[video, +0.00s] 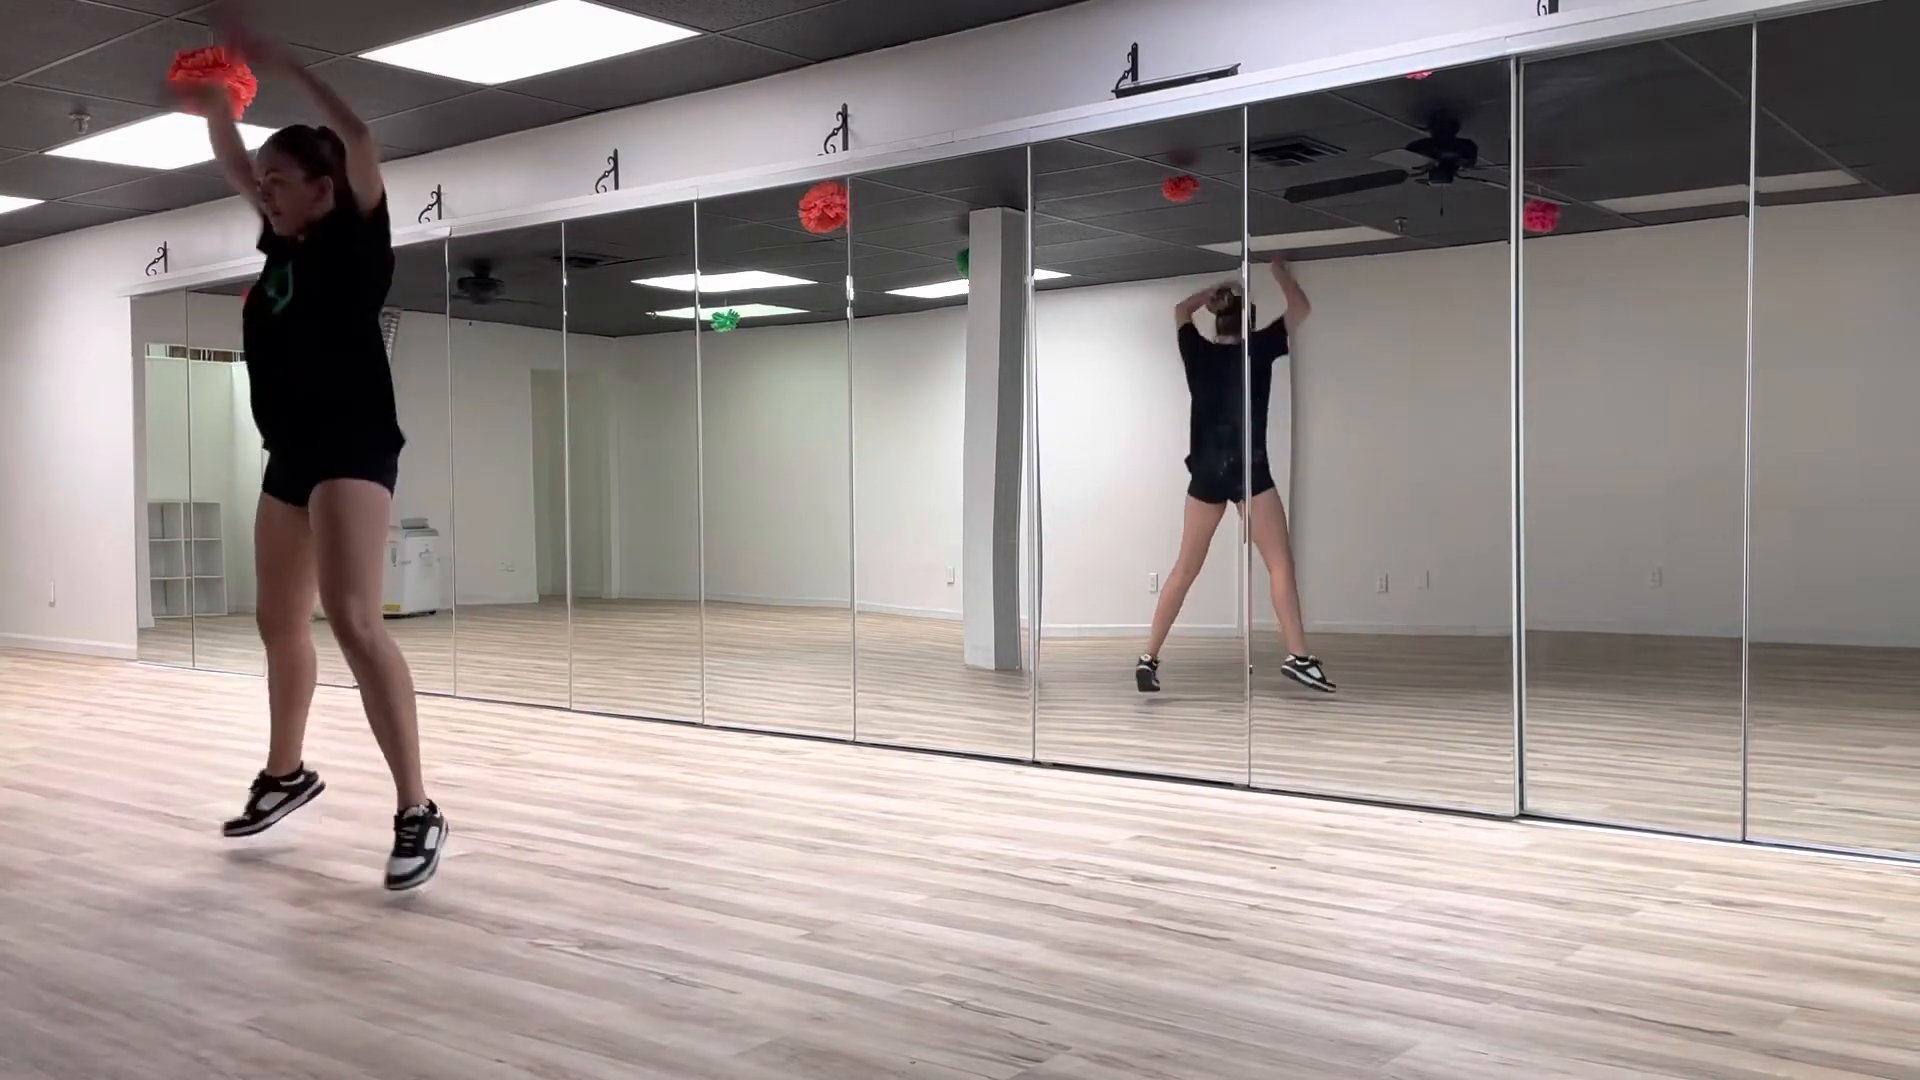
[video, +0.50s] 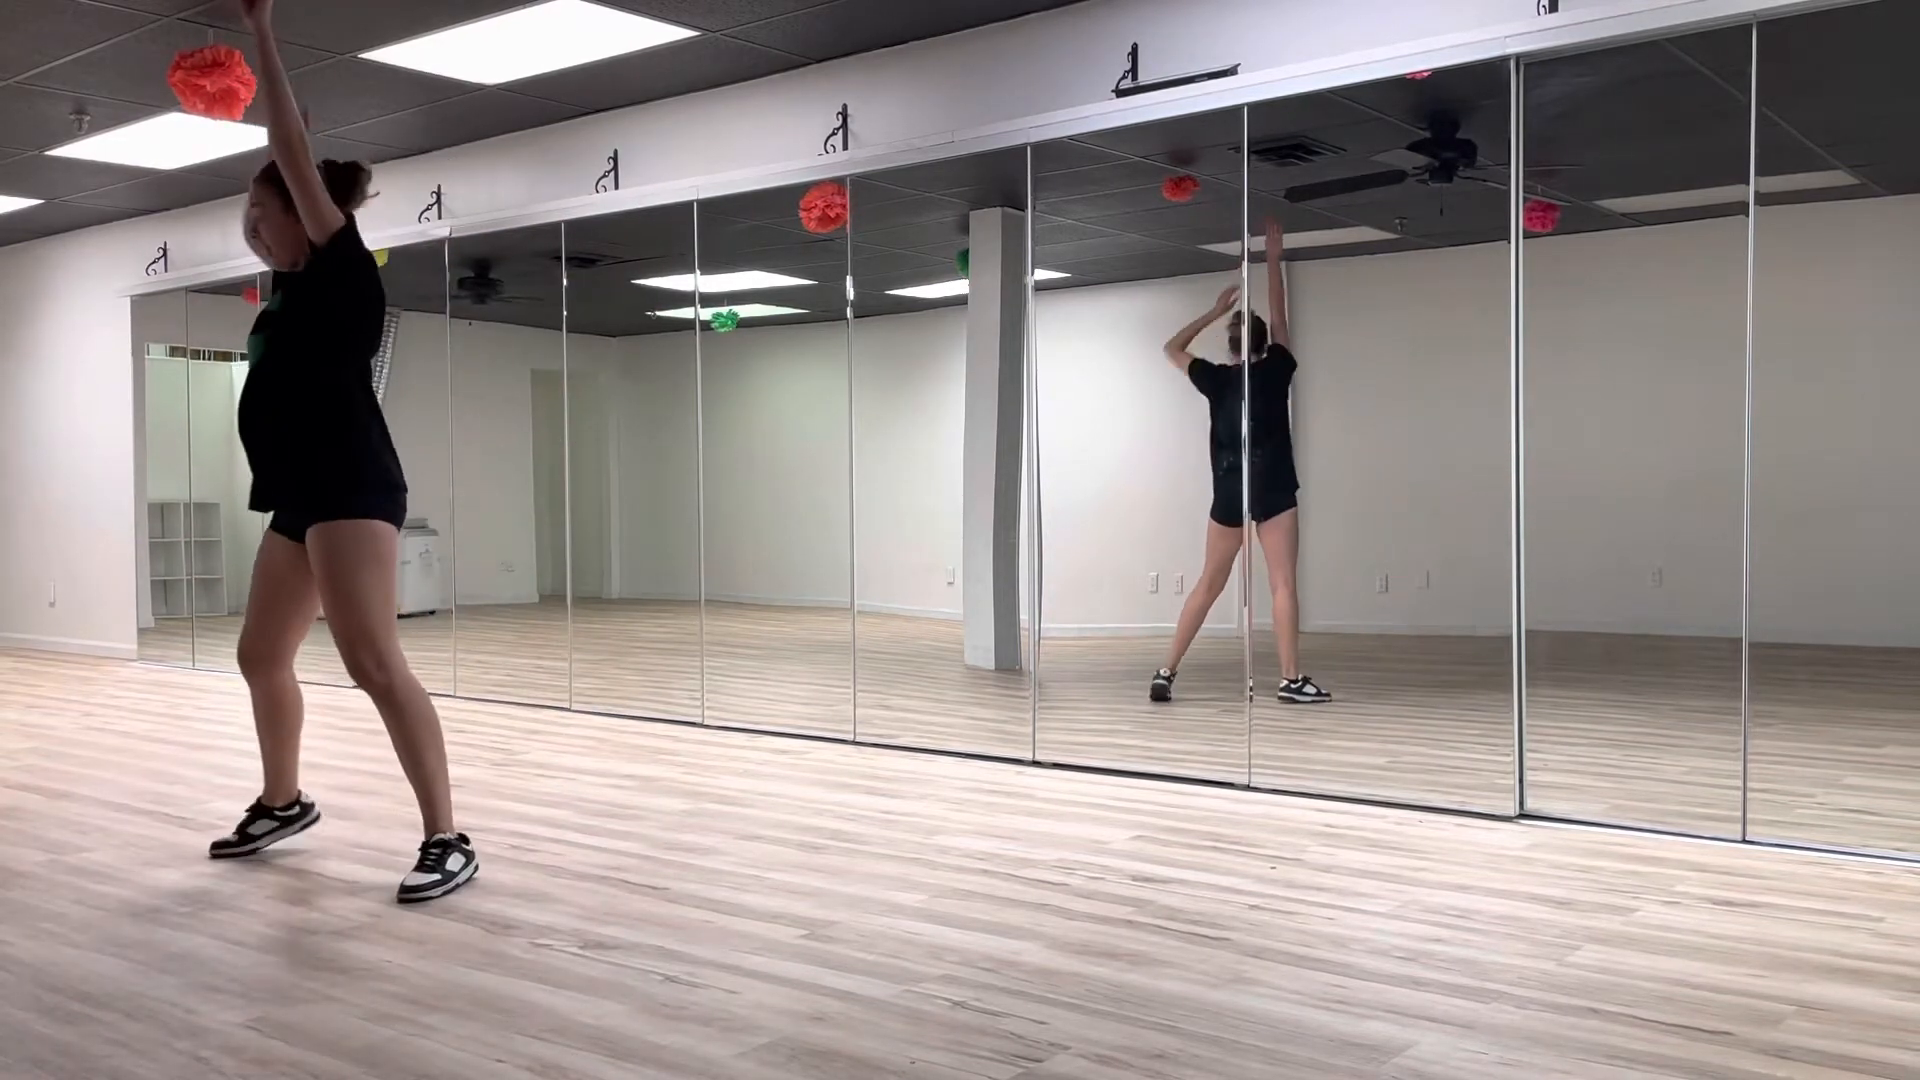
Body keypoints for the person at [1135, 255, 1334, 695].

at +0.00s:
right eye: (1248, 312)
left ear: (1213, 321)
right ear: (1249, 318)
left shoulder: (1197, 354)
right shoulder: (1261, 347)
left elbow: (1181, 313)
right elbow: (1300, 309)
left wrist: (1206, 296)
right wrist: (1281, 271)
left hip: (1207, 469)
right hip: (1252, 469)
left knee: (1184, 569)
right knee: (1280, 565)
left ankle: (1149, 658)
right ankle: (1298, 655)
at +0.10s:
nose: (1231, 312)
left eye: (1224, 310)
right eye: (1236, 309)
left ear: (1211, 326)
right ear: (1245, 326)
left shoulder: (1201, 358)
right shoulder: (1258, 355)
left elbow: (1210, 306)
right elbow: (1273, 296)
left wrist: (1231, 263)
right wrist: (1273, 239)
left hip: (1210, 475)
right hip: (1255, 474)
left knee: (1191, 579)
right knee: (1278, 574)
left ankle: (1160, 671)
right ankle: (1296, 666)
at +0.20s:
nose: (1247, 331)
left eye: (1239, 327)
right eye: (1246, 329)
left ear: (1214, 342)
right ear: (1248, 341)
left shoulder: (1204, 372)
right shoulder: (1260, 369)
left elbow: (1220, 319)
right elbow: (1265, 309)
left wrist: (1237, 265)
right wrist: (1263, 257)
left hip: (1214, 485)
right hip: (1258, 484)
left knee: (1193, 590)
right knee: (1275, 583)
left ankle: (1162, 679)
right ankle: (1292, 677)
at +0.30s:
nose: (1253, 330)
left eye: (1245, 326)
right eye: (1250, 327)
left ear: (1215, 341)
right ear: (1250, 340)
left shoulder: (1207, 373)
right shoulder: (1263, 368)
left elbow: (1220, 319)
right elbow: (1268, 313)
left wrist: (1239, 267)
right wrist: (1262, 259)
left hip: (1220, 483)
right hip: (1265, 479)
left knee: (1199, 587)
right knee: (1273, 583)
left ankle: (1163, 677)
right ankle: (1290, 678)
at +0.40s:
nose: (1262, 336)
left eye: (1239, 330)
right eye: (1256, 332)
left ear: (1219, 344)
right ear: (1255, 341)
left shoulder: (1212, 376)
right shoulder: (1268, 370)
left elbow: (1203, 323)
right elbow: (1272, 309)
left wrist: (1235, 275)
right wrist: (1268, 252)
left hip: (1225, 486)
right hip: (1270, 482)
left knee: (1204, 586)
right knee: (1279, 584)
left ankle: (1164, 676)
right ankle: (1291, 679)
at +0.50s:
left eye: (1236, 335)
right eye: (1261, 332)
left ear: (1229, 343)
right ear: (1266, 340)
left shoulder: (1216, 378)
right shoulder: (1276, 370)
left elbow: (1174, 349)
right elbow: (1278, 310)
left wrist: (1213, 314)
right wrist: (1274, 253)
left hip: (1228, 490)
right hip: (1275, 486)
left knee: (1209, 584)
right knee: (1282, 585)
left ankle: (1167, 671)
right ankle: (1291, 679)